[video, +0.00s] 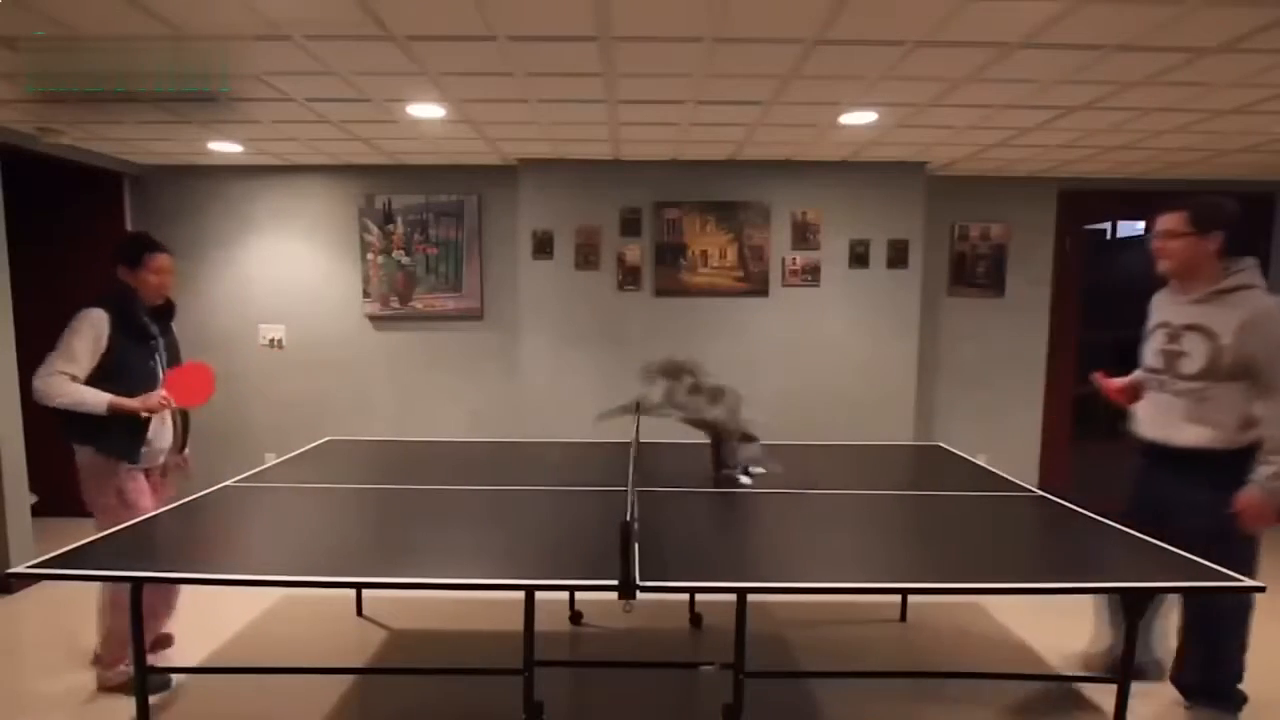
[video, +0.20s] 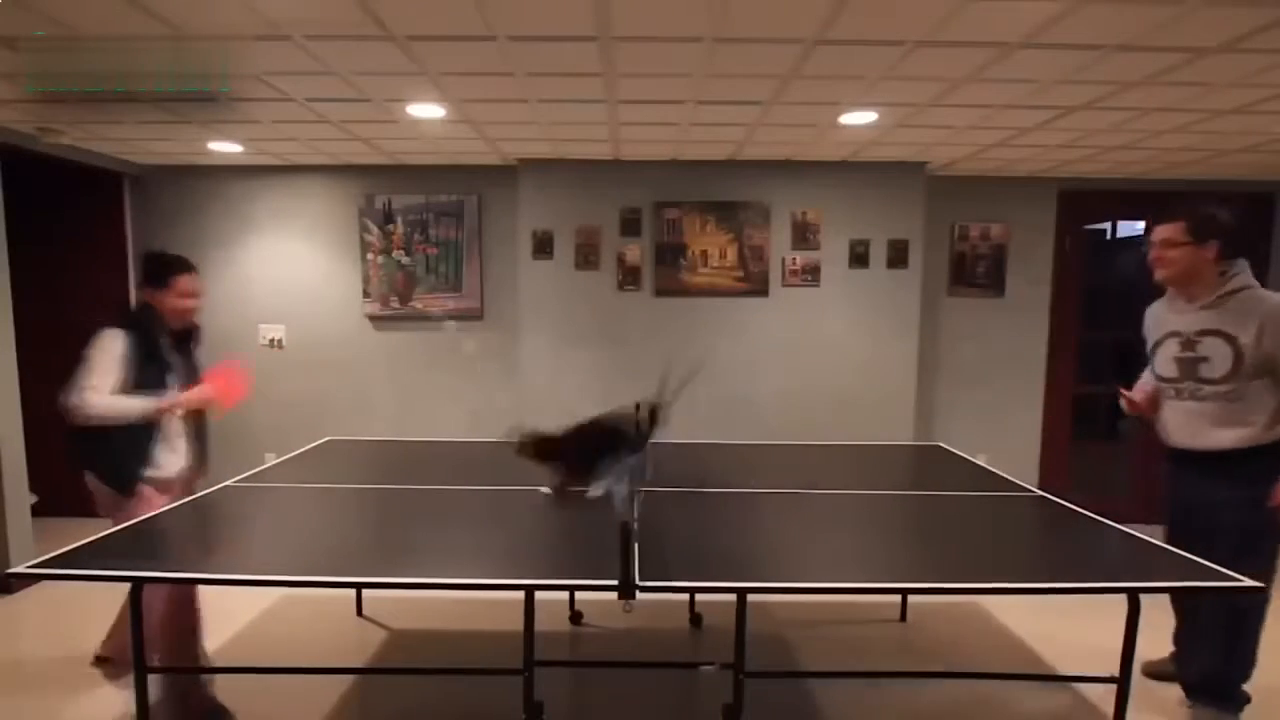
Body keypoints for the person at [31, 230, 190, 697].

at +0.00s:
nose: (167, 283)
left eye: (169, 273)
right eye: (158, 273)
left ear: (166, 276)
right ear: (128, 274)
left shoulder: (158, 325)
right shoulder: (97, 321)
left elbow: (165, 391)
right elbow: (47, 384)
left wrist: (175, 444)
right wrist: (126, 403)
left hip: (152, 460)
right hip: (108, 462)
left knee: (159, 550)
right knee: (136, 554)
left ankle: (142, 644)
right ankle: (115, 667)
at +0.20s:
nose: (193, 305)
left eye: (196, 295)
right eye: (183, 295)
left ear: (193, 297)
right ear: (151, 296)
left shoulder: (182, 346)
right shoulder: (117, 341)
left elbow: (180, 406)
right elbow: (82, 403)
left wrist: (205, 396)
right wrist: (167, 402)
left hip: (176, 482)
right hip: (129, 485)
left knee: (170, 571)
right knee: (171, 574)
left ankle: (118, 650)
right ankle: (180, 688)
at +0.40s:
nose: (236, 287)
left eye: (237, 277)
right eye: (225, 277)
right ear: (190, 283)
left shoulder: (209, 329)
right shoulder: (162, 331)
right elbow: (206, 356)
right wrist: (286, 331)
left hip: (180, 471)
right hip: (140, 473)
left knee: (191, 578)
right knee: (183, 581)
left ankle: (194, 693)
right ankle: (189, 697)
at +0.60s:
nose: (251, 288)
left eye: (253, 279)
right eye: (241, 278)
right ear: (205, 279)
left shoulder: (215, 325)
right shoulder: (178, 322)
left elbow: (208, 375)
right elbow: (159, 384)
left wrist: (269, 354)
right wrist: (240, 373)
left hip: (174, 472)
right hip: (138, 472)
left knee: (187, 586)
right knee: (167, 589)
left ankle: (193, 698)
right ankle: (174, 704)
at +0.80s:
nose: (219, 296)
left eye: (221, 285)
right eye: (207, 286)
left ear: (215, 288)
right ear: (175, 288)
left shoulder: (195, 335)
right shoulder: (142, 338)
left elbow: (195, 403)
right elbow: (59, 405)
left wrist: (198, 438)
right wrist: (127, 446)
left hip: (170, 471)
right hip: (127, 477)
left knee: (132, 573)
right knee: (187, 582)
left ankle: (91, 665)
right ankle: (187, 700)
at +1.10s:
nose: (147, 280)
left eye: (151, 271)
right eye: (137, 271)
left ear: (152, 275)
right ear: (108, 273)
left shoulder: (139, 328)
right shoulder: (81, 324)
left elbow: (151, 397)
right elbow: (29, 391)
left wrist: (163, 421)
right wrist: (106, 419)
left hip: (132, 461)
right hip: (95, 464)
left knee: (115, 556)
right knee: (134, 557)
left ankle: (86, 654)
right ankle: (117, 673)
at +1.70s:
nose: (160, 292)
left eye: (163, 282)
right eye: (150, 282)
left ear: (165, 284)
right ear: (119, 285)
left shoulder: (157, 334)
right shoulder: (93, 333)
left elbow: (172, 414)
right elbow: (52, 400)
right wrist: (133, 375)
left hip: (153, 465)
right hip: (108, 468)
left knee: (132, 564)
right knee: (168, 567)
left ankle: (89, 658)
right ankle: (170, 686)